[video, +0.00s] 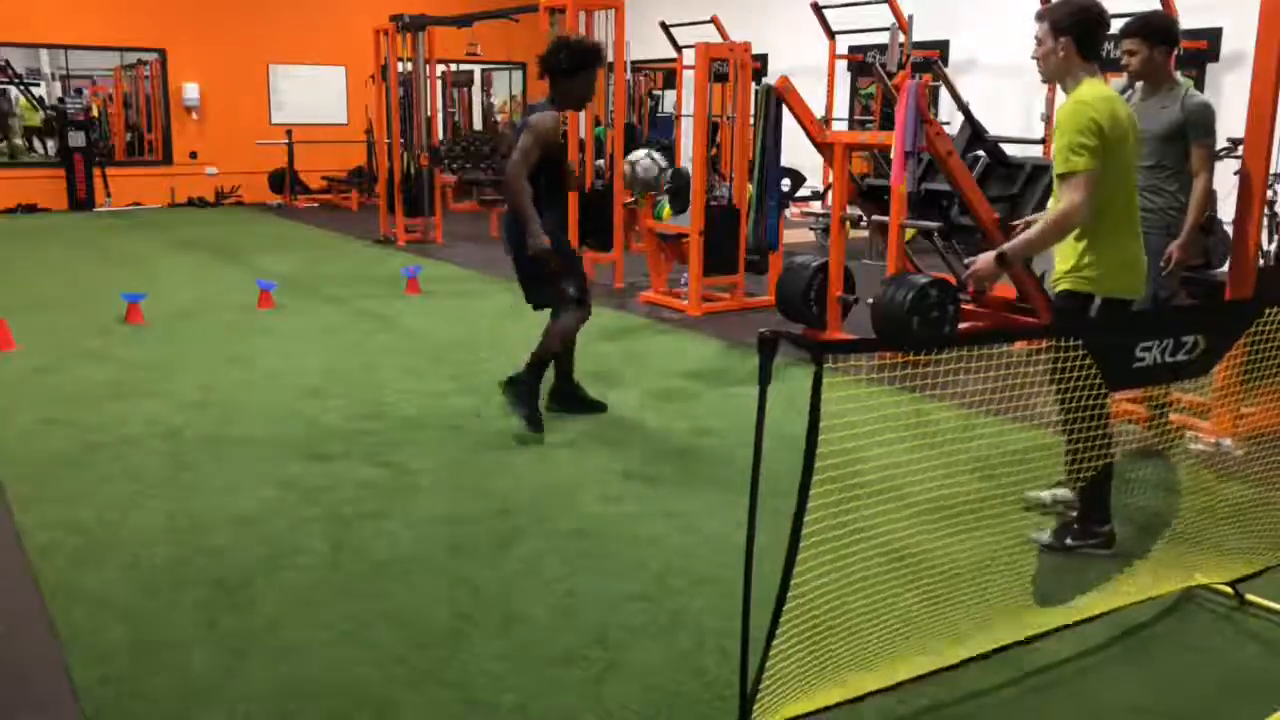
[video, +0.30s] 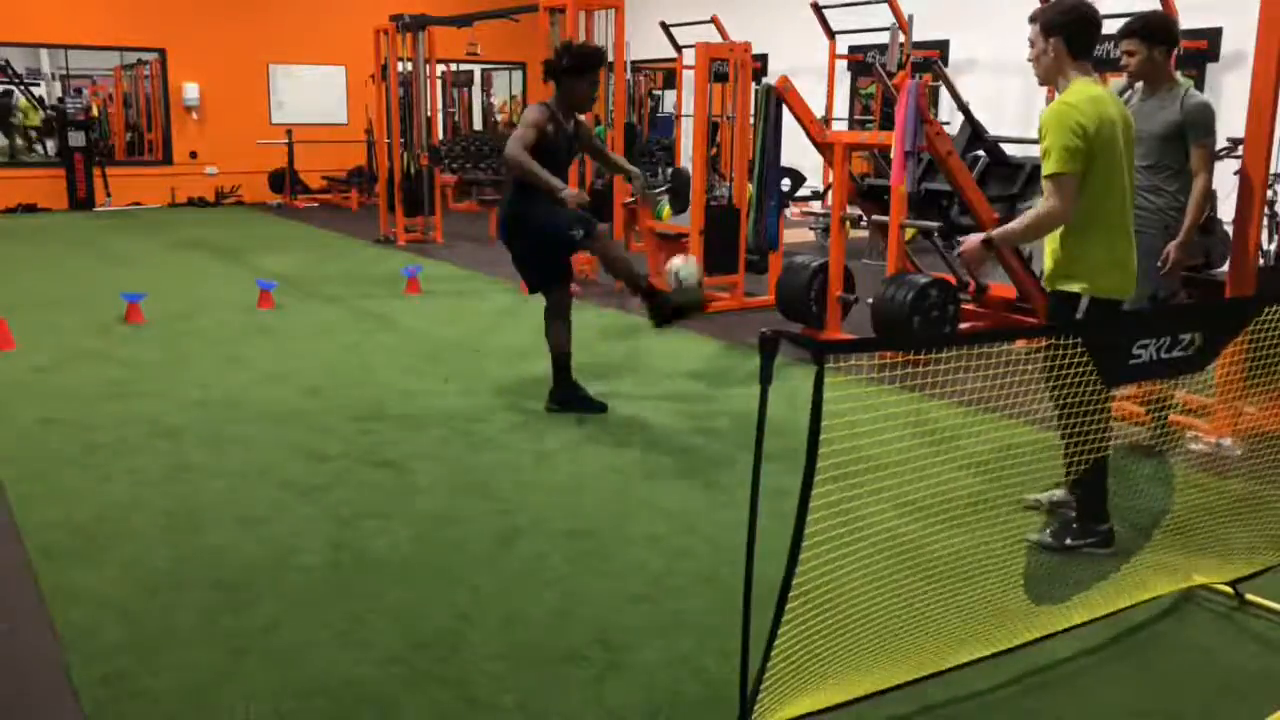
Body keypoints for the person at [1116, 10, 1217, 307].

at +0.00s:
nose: (1124, 61)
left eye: (1131, 54)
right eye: (1123, 54)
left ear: (1161, 53)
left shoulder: (1194, 106)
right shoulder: (1124, 99)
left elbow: (1202, 177)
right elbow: (1110, 163)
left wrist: (1185, 239)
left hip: (1161, 232)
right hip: (1119, 227)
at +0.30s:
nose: (1123, 62)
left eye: (1130, 54)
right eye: (1122, 55)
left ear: (1160, 53)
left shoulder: (1193, 106)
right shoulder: (1126, 100)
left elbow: (1202, 176)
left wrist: (1183, 239)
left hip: (1160, 233)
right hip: (1118, 226)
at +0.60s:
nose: (1128, 60)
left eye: (1137, 51)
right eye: (1126, 52)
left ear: (1166, 52)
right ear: (1123, 53)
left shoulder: (1194, 106)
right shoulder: (1125, 98)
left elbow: (1203, 176)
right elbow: (1109, 157)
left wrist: (1185, 239)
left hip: (1158, 232)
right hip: (1114, 226)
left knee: (1139, 318)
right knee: (1104, 316)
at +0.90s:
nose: (1122, 59)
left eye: (1130, 51)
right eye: (1123, 51)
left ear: (1158, 53)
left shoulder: (1195, 107)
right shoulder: (1121, 103)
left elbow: (1203, 176)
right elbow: (1109, 168)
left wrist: (1187, 240)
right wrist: (1092, 216)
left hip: (1161, 231)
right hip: (1116, 225)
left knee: (1141, 319)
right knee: (1107, 316)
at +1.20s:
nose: (1121, 59)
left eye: (1128, 51)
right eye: (1121, 51)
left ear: (1159, 54)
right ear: (1142, 56)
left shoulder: (1195, 106)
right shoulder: (1122, 102)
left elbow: (1205, 175)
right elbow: (1110, 169)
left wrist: (1189, 239)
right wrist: (1090, 226)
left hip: (1161, 234)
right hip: (1114, 227)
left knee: (1142, 325)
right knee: (1103, 321)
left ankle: (1150, 420)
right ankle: (1094, 405)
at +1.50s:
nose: (1121, 59)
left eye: (1128, 51)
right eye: (1121, 51)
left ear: (1158, 54)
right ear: (1143, 56)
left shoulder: (1195, 106)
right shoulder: (1121, 102)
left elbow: (1204, 176)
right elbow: (1109, 170)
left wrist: (1188, 239)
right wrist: (1088, 227)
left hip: (1160, 234)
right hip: (1113, 228)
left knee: (1142, 326)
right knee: (1103, 321)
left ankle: (1153, 422)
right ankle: (1095, 405)